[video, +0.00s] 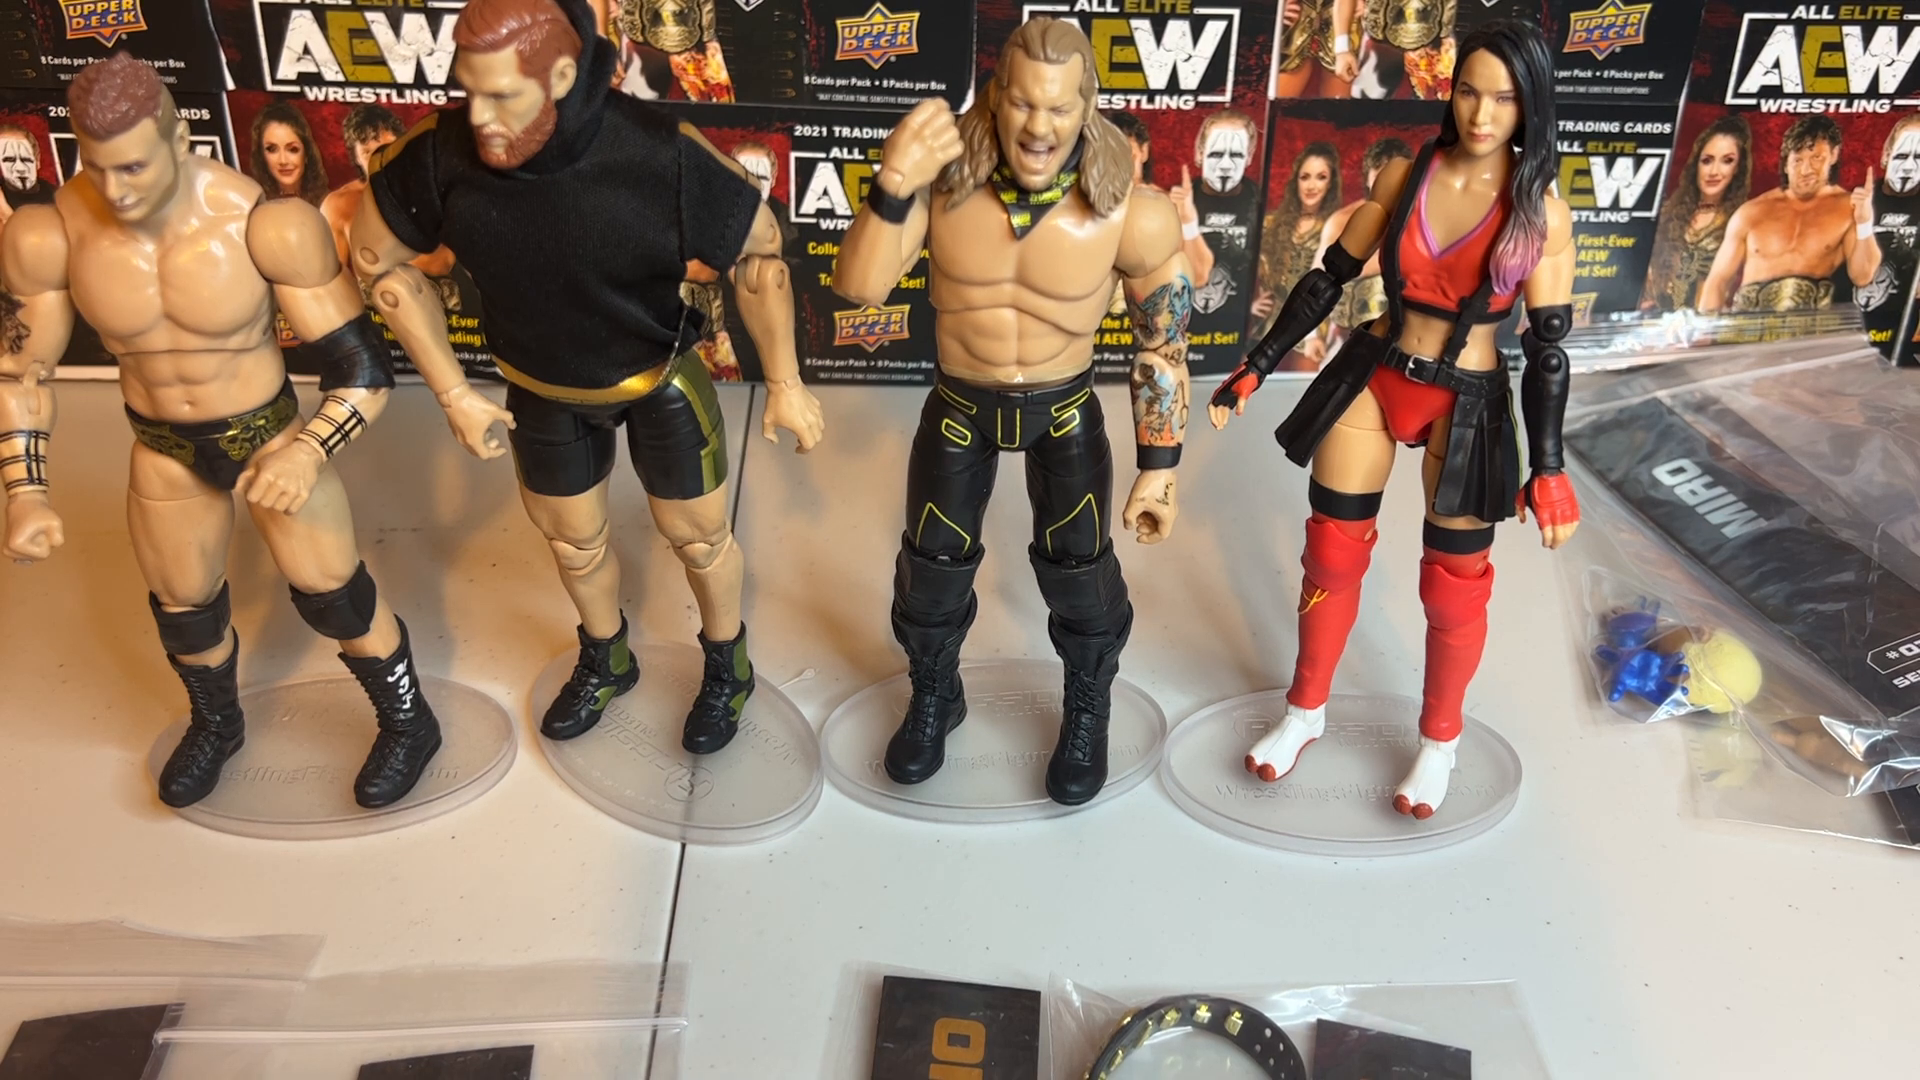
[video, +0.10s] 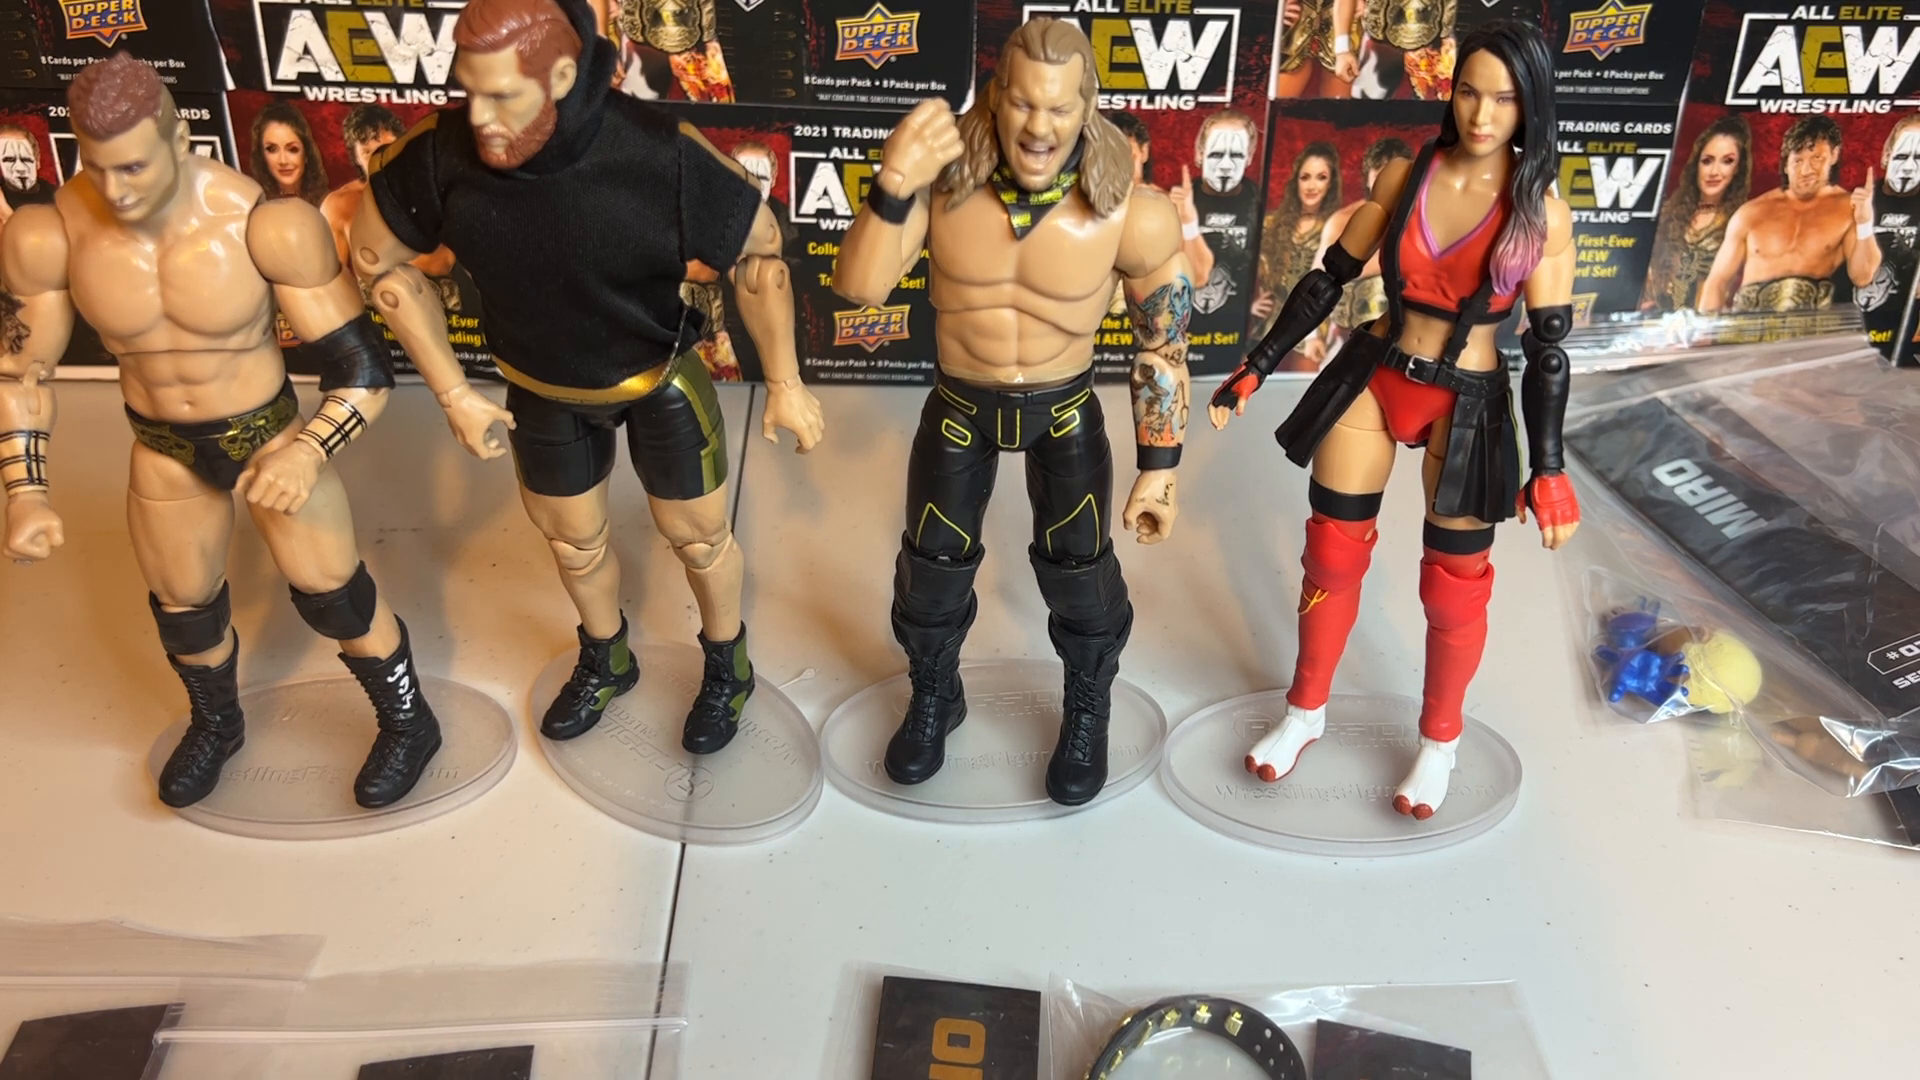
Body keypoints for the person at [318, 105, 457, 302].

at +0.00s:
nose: (380, 160)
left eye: (387, 149)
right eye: (369, 153)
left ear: (403, 147)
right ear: (356, 157)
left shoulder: (432, 190)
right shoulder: (338, 205)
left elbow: (442, 263)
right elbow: (337, 275)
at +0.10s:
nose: (380, 160)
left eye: (387, 150)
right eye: (369, 153)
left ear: (403, 147)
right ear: (356, 156)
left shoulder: (431, 190)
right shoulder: (338, 205)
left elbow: (443, 263)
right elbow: (336, 275)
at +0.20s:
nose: (380, 160)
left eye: (387, 150)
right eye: (369, 153)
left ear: (402, 147)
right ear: (356, 157)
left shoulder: (432, 191)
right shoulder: (339, 205)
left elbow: (443, 263)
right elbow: (337, 276)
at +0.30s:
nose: (379, 160)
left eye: (387, 150)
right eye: (369, 153)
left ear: (402, 147)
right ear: (356, 157)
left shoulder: (431, 191)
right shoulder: (338, 205)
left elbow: (443, 263)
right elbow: (337, 275)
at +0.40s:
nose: (380, 160)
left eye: (387, 149)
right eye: (369, 153)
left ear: (403, 147)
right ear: (356, 156)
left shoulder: (431, 190)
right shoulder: (338, 205)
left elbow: (443, 263)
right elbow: (337, 275)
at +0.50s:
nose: (380, 160)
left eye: (387, 150)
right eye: (369, 153)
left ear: (402, 147)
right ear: (356, 157)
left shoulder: (431, 190)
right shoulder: (339, 205)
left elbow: (443, 262)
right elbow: (337, 276)